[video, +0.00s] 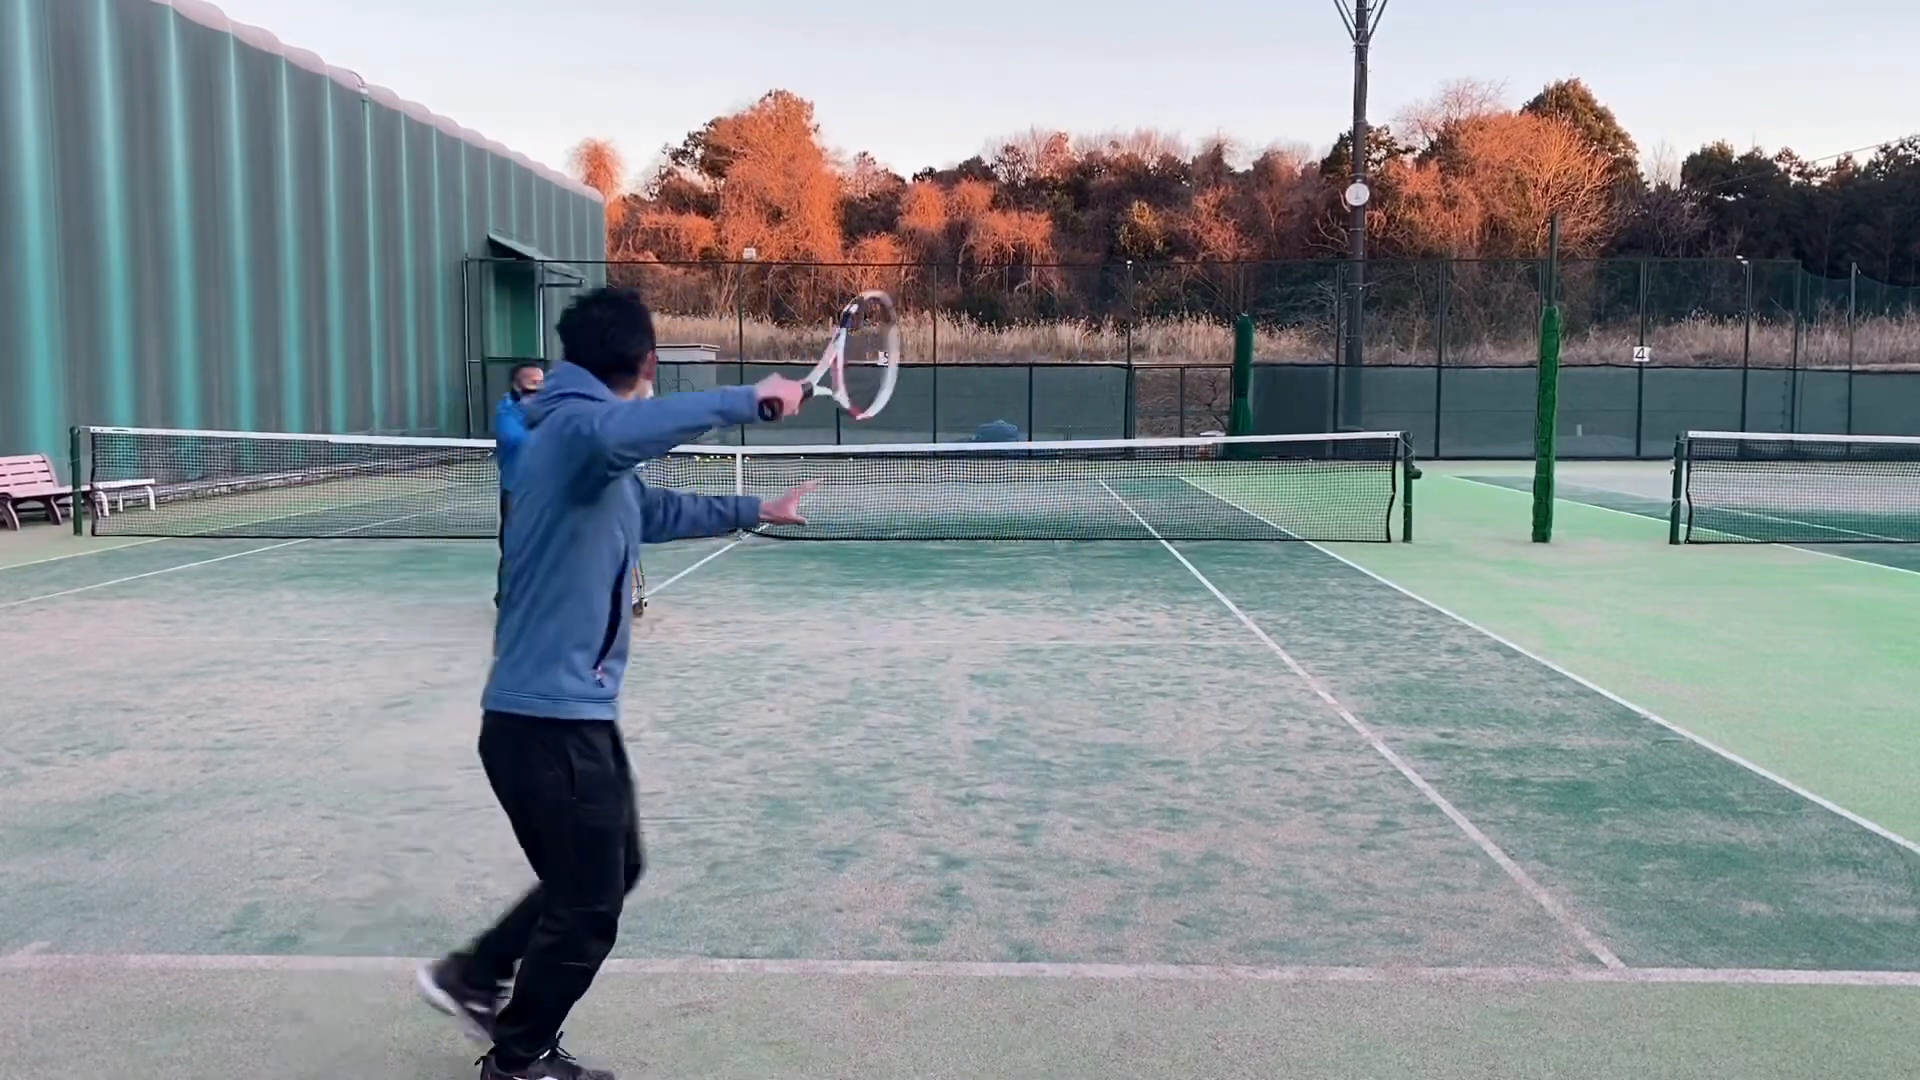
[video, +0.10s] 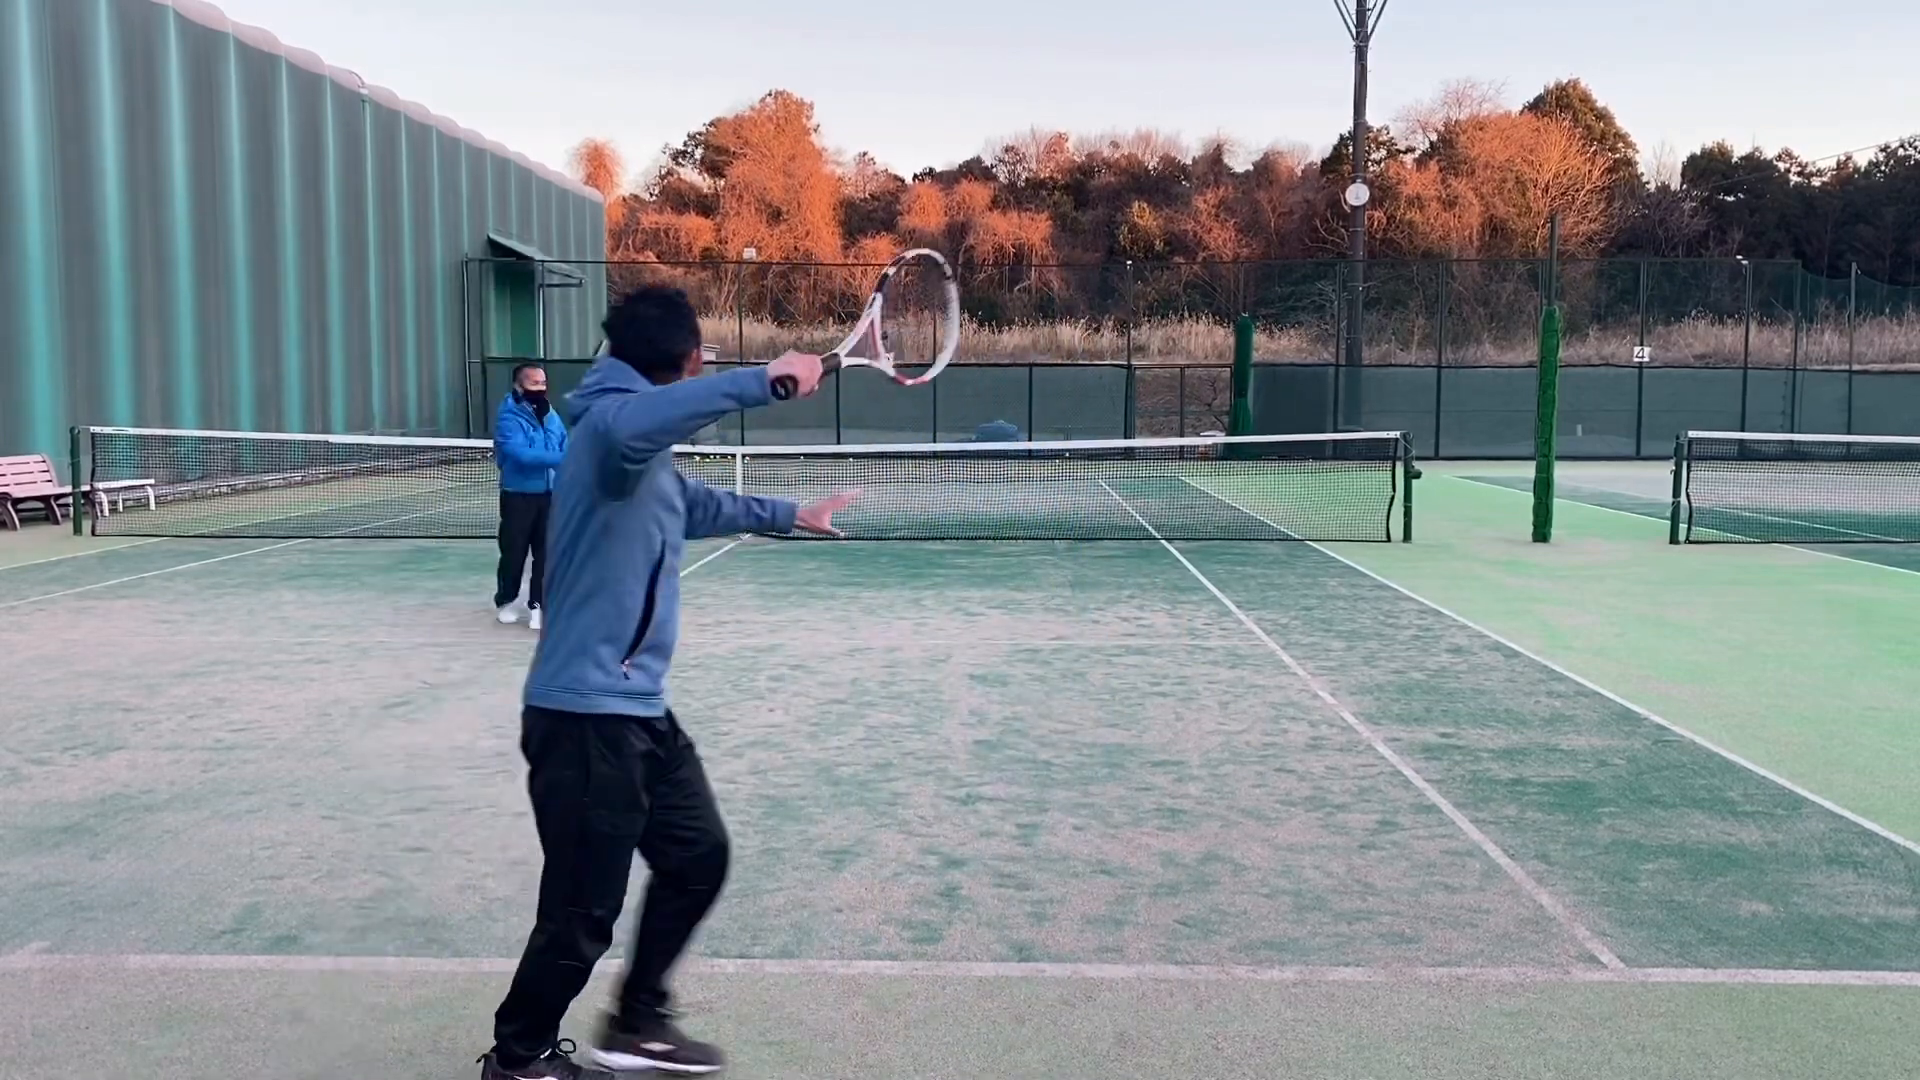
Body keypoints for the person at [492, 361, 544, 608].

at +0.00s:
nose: (537, 386)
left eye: (540, 381)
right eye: (531, 381)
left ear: (544, 382)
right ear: (517, 383)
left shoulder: (549, 405)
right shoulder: (507, 408)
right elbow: (513, 437)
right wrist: (543, 441)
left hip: (545, 487)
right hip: (515, 487)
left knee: (541, 545)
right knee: (512, 545)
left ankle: (538, 597)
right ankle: (507, 595)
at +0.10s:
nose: (541, 388)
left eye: (543, 383)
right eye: (535, 383)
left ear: (546, 384)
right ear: (520, 385)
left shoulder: (552, 415)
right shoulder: (508, 415)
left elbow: (564, 448)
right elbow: (518, 453)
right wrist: (559, 457)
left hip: (548, 491)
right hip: (518, 492)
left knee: (544, 553)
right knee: (514, 551)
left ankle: (537, 605)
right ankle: (506, 602)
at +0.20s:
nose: (540, 389)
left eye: (543, 384)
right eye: (533, 385)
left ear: (546, 384)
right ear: (519, 386)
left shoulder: (551, 414)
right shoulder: (510, 417)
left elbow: (566, 448)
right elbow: (522, 458)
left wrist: (567, 477)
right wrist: (562, 482)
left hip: (545, 492)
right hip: (517, 493)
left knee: (546, 553)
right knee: (514, 552)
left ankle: (540, 607)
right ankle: (506, 602)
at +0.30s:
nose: (539, 391)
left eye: (542, 385)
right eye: (532, 386)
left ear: (546, 385)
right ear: (519, 387)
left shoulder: (551, 414)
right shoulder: (510, 417)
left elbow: (565, 448)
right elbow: (524, 458)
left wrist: (565, 475)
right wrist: (559, 487)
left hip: (547, 492)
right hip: (517, 494)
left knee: (545, 554)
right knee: (513, 552)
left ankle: (540, 607)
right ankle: (506, 602)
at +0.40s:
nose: (539, 391)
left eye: (542, 385)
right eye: (533, 386)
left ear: (546, 385)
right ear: (519, 387)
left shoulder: (551, 414)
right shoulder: (510, 418)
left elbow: (565, 446)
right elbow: (525, 458)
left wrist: (565, 470)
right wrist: (559, 487)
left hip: (547, 492)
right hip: (518, 493)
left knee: (546, 554)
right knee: (514, 552)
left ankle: (540, 608)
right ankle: (505, 602)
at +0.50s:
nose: (539, 391)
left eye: (542, 385)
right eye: (532, 386)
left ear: (546, 385)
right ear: (519, 387)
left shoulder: (551, 414)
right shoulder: (511, 418)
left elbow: (565, 447)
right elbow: (526, 458)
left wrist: (565, 472)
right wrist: (559, 488)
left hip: (547, 492)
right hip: (518, 493)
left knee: (546, 554)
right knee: (514, 552)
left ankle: (540, 608)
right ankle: (506, 602)